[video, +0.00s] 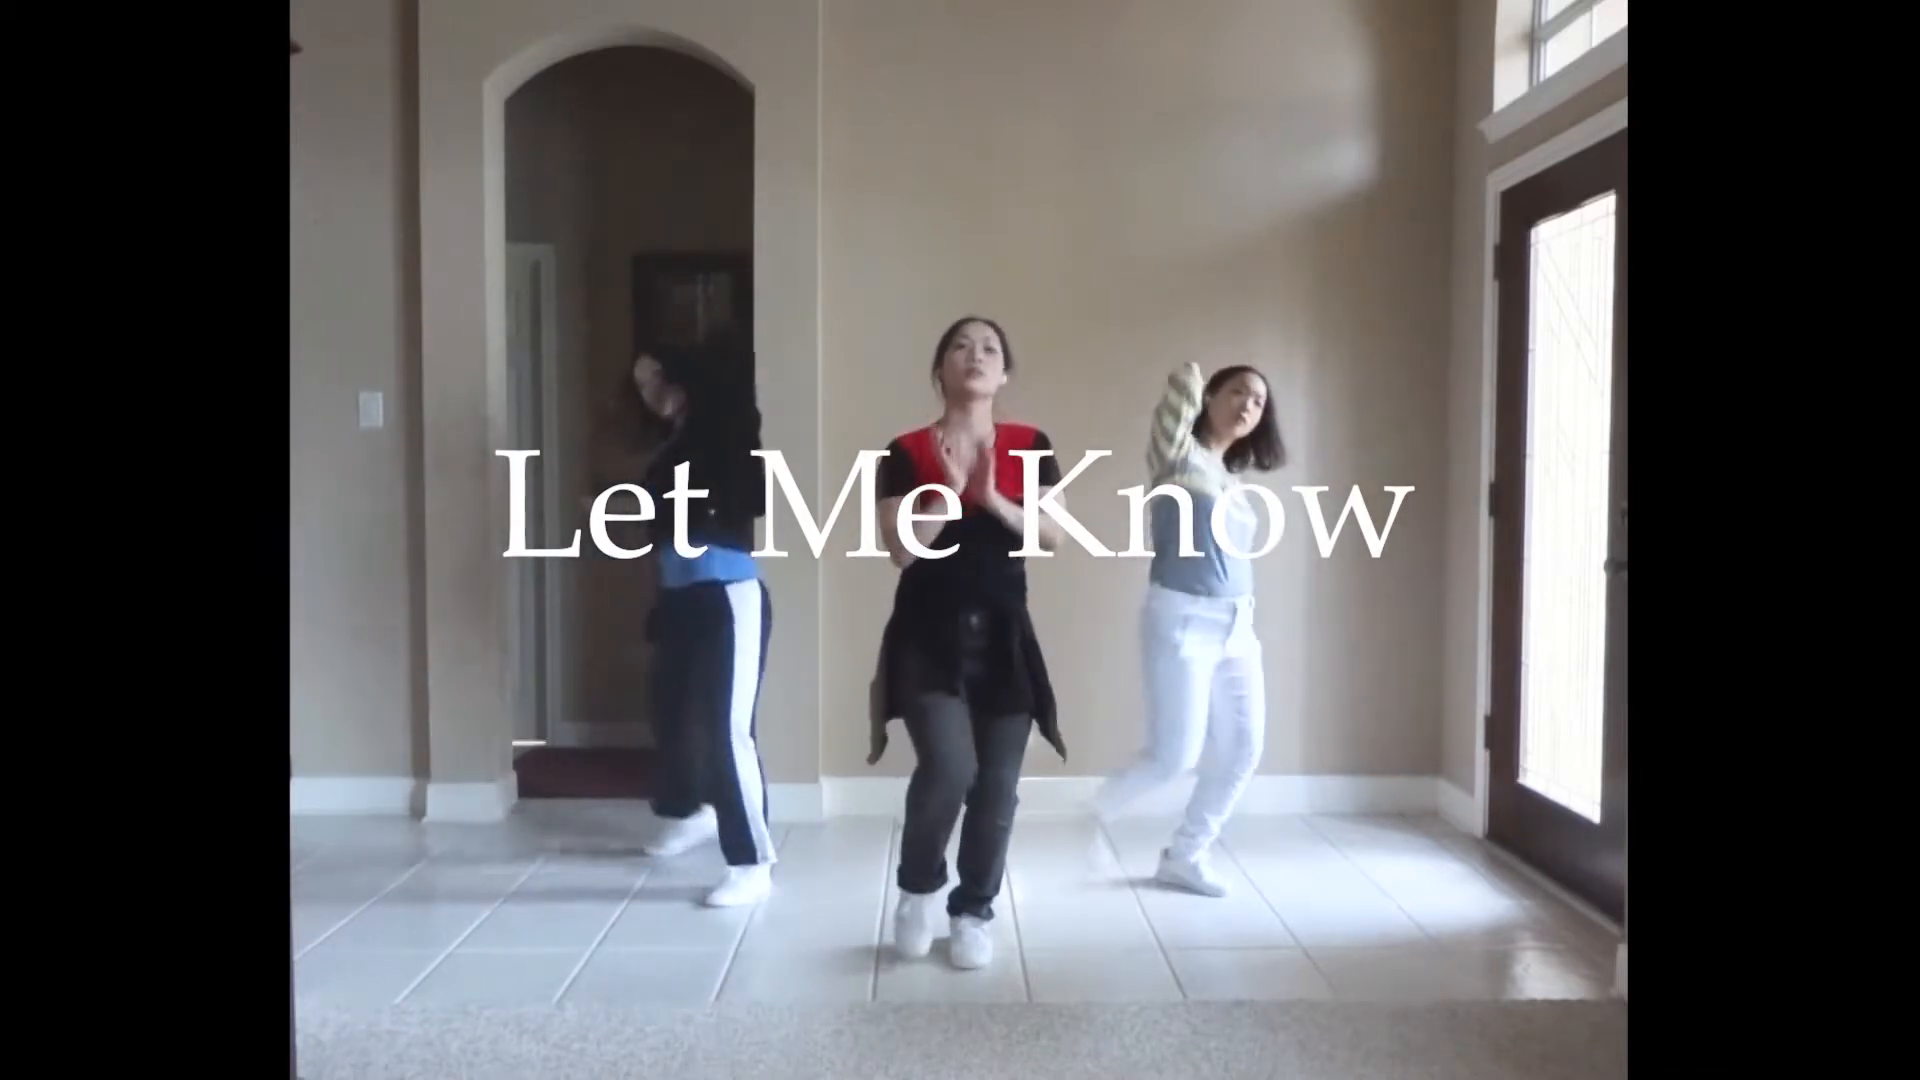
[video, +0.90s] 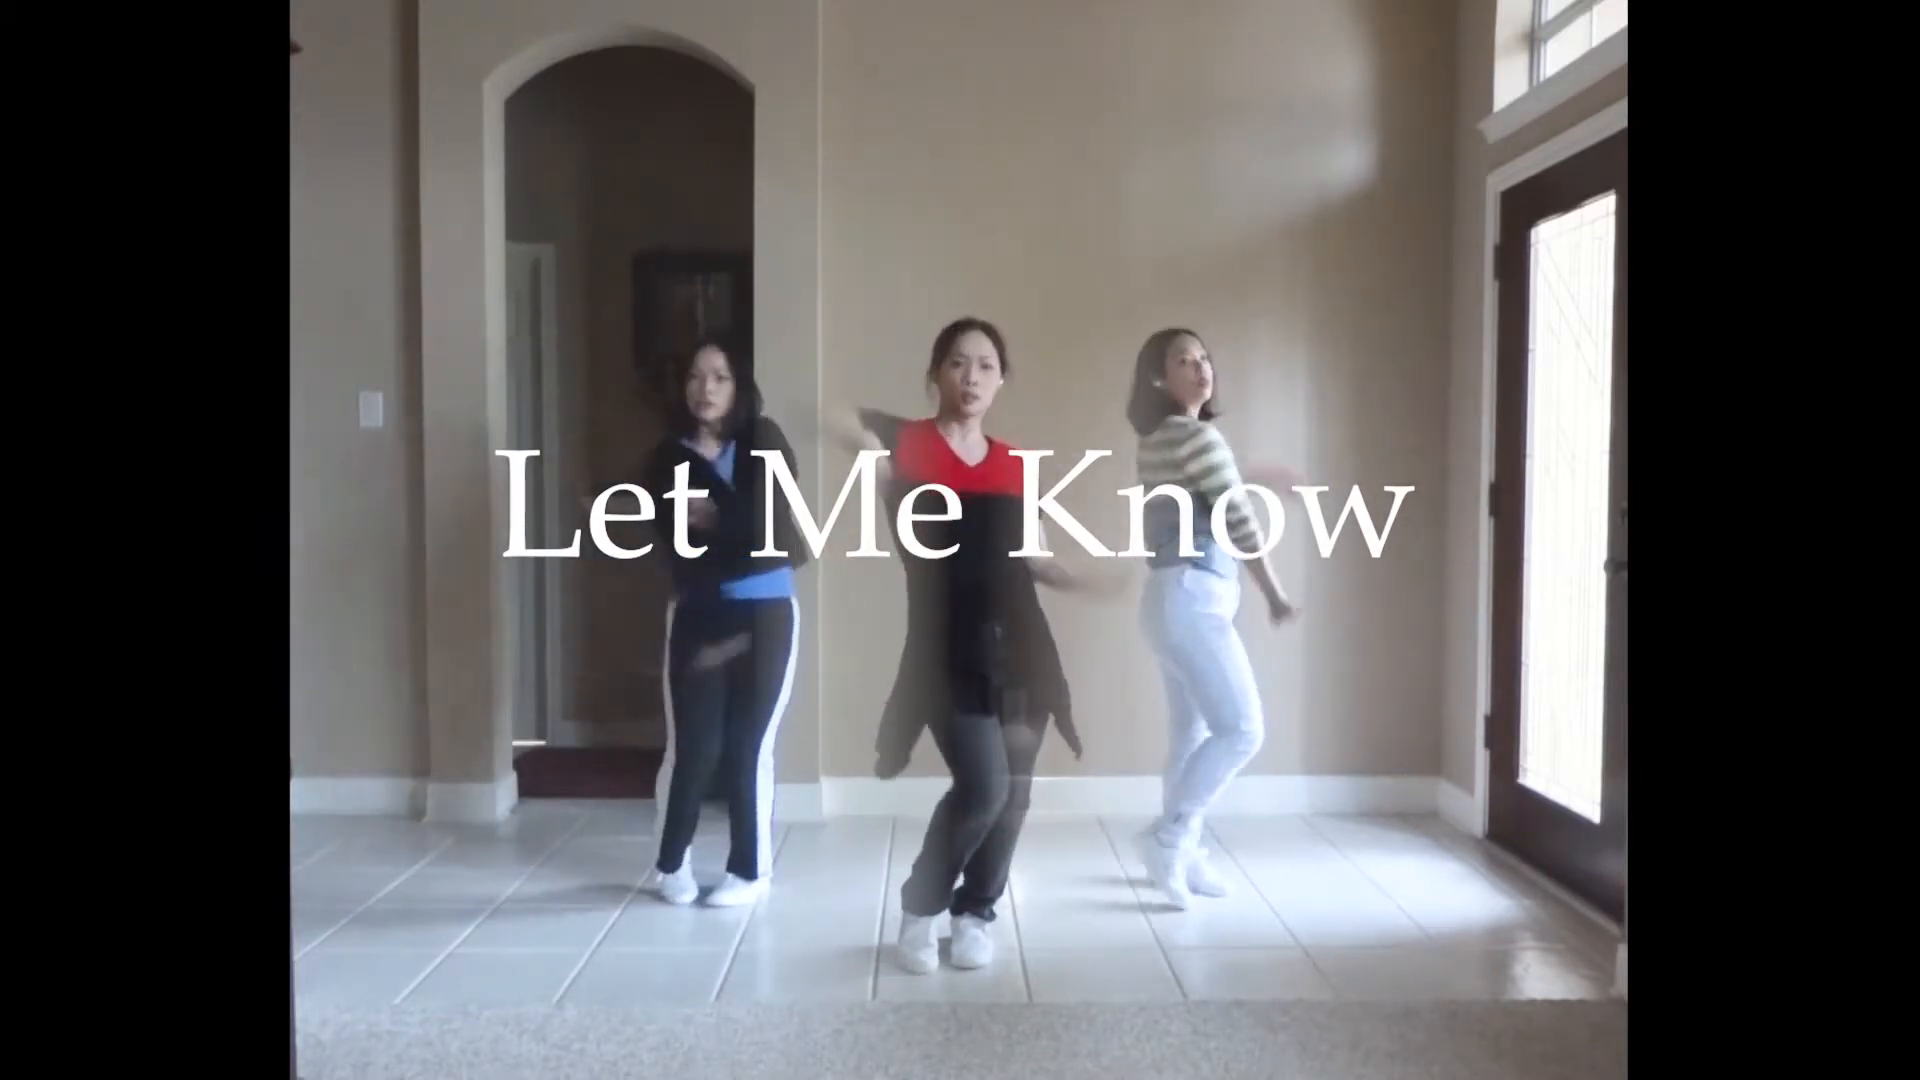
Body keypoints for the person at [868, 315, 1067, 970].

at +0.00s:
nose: (975, 355)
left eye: (988, 349)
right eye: (961, 346)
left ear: (1005, 375)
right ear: (938, 370)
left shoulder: (1028, 445)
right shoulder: (907, 452)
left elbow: (1055, 536)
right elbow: (899, 549)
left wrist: (993, 499)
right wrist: (942, 495)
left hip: (1004, 629)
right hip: (927, 629)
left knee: (998, 782)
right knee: (949, 768)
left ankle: (974, 913)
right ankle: (918, 888)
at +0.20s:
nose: (974, 351)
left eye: (987, 346)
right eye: (960, 343)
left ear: (1001, 373)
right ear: (935, 368)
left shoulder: (1027, 442)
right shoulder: (904, 454)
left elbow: (1052, 535)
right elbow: (899, 559)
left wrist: (1011, 568)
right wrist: (951, 561)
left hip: (1007, 629)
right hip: (931, 630)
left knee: (1002, 783)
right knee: (963, 777)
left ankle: (976, 914)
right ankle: (928, 905)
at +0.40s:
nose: (971, 353)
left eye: (984, 350)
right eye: (958, 343)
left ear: (996, 377)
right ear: (930, 365)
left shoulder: (1022, 441)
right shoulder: (902, 448)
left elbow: (1070, 532)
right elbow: (927, 544)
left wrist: (1100, 610)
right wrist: (986, 611)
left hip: (1011, 625)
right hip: (935, 627)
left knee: (999, 786)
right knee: (965, 779)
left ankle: (974, 913)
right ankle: (926, 908)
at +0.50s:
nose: (972, 355)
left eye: (984, 352)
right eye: (959, 345)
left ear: (996, 379)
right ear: (929, 366)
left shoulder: (1022, 442)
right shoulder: (900, 442)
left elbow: (1106, 503)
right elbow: (925, 536)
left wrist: (1161, 540)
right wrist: (1000, 599)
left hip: (1008, 622)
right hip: (933, 628)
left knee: (999, 786)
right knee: (965, 778)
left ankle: (973, 913)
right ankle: (924, 907)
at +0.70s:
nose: (974, 359)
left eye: (988, 352)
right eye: (961, 348)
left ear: (1002, 374)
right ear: (937, 365)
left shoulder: (1023, 453)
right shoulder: (902, 447)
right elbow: (903, 542)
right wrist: (983, 560)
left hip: (1011, 634)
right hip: (936, 635)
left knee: (1003, 788)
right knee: (965, 782)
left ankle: (975, 915)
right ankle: (922, 907)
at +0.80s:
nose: (972, 366)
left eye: (985, 357)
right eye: (959, 355)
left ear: (1002, 374)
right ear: (936, 367)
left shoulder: (1018, 460)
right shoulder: (903, 446)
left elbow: (1051, 546)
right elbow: (860, 510)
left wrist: (1107, 504)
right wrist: (901, 507)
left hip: (1014, 638)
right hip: (942, 639)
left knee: (1010, 786)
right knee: (972, 785)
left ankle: (975, 916)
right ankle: (920, 908)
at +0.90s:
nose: (971, 375)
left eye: (984, 365)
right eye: (958, 362)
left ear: (1001, 380)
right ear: (936, 374)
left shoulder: (1016, 465)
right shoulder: (910, 449)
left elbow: (1036, 557)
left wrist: (1095, 577)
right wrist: (880, 443)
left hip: (1018, 642)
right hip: (945, 643)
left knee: (1014, 791)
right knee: (984, 788)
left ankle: (976, 915)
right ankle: (922, 904)